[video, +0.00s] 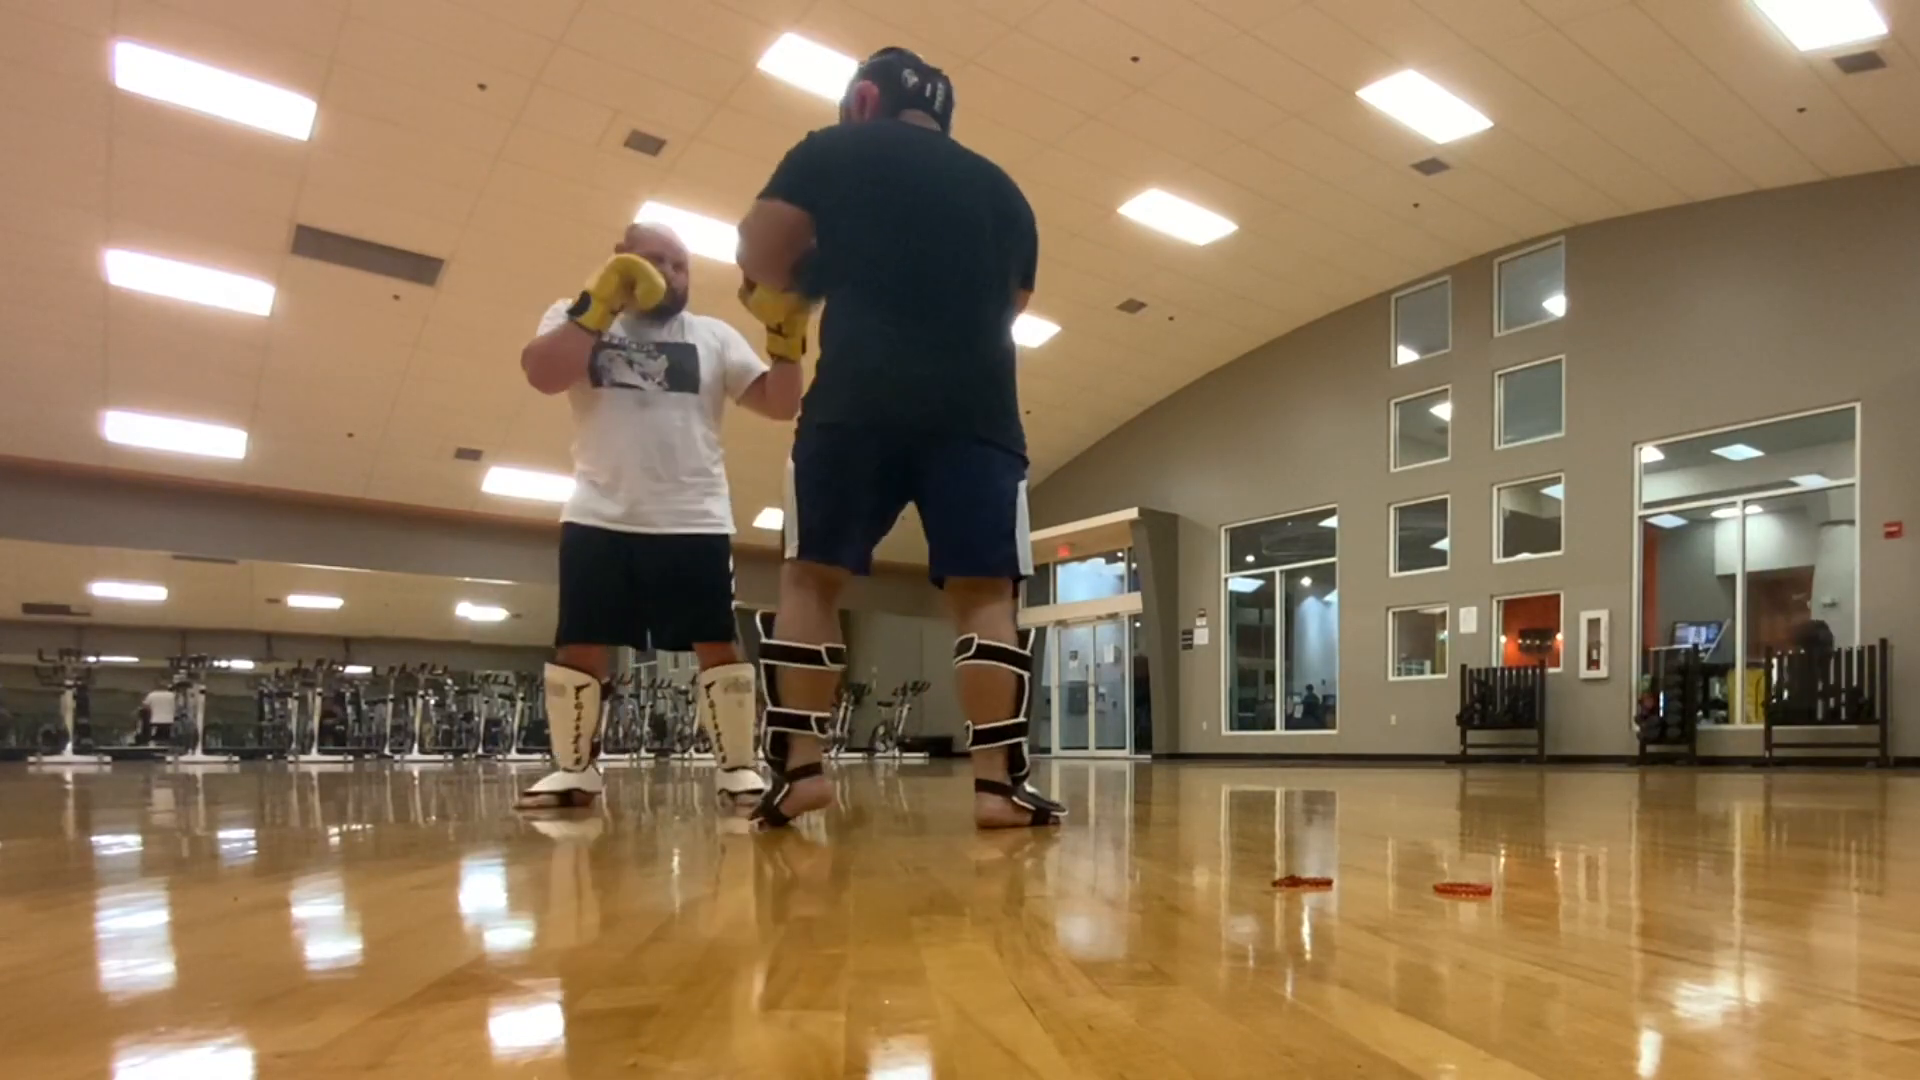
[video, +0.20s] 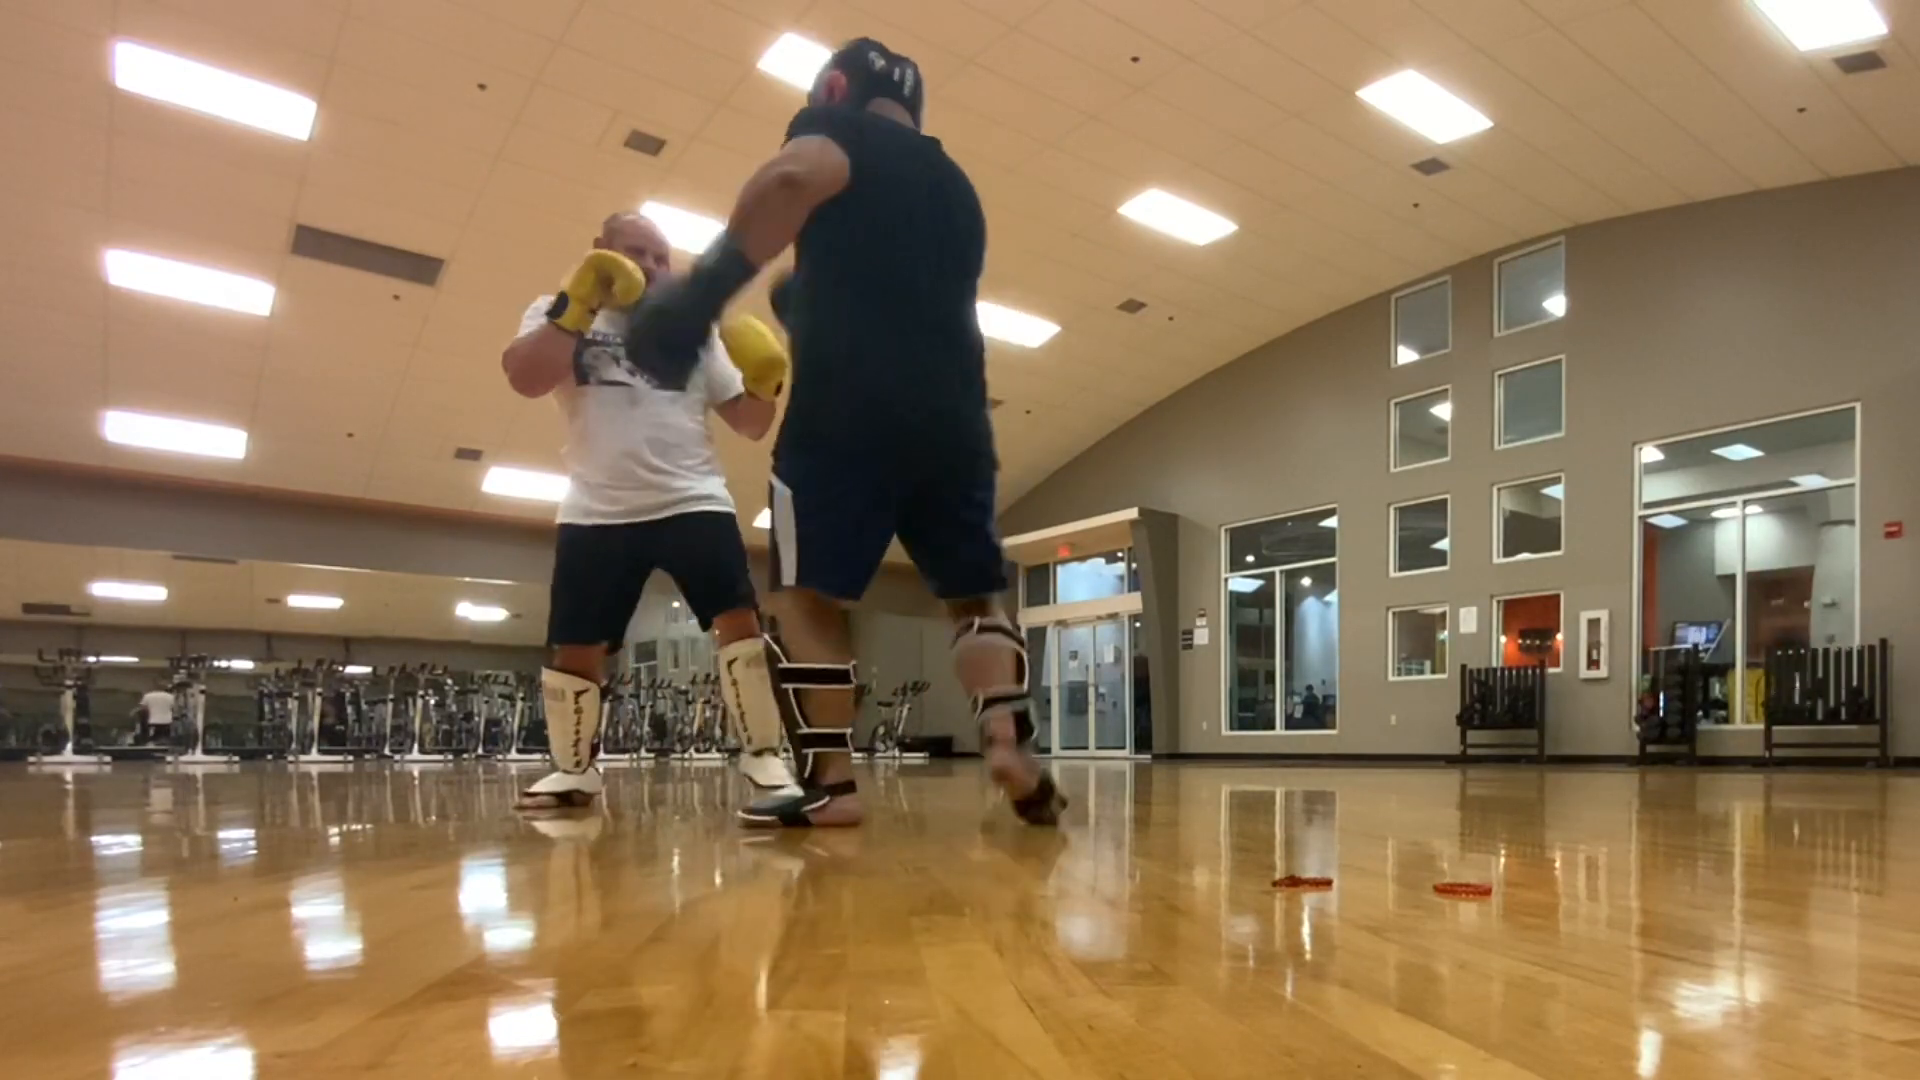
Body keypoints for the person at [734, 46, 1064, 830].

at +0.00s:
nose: (845, 115)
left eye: (848, 104)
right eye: (850, 106)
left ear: (865, 99)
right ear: (945, 117)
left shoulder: (832, 149)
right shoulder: (1000, 186)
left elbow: (764, 248)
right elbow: (1015, 299)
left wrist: (792, 289)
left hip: (858, 405)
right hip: (976, 411)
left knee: (812, 580)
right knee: (986, 593)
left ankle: (803, 767)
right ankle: (998, 786)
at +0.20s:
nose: (813, 105)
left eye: (817, 92)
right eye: (816, 96)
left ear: (839, 84)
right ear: (910, 109)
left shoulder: (836, 130)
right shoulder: (958, 186)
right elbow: (923, 299)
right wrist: (804, 298)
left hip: (845, 412)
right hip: (951, 417)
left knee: (809, 593)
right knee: (975, 595)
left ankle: (833, 784)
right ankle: (1007, 739)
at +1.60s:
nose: (1239, 62)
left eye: (1244, 42)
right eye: (1238, 49)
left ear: (1285, 14)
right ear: (1346, 17)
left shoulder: (1317, 45)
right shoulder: (1393, 108)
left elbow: (1238, 146)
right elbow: (1323, 235)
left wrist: (1154, 159)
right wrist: (1213, 204)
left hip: (1334, 351)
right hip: (1404, 359)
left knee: (1374, 564)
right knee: (1330, 569)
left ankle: (1430, 792)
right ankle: (1380, 769)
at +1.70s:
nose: (1276, 49)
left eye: (1284, 33)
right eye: (1278, 40)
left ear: (1323, 12)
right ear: (1385, 16)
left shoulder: (1357, 46)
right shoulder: (1430, 121)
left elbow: (1280, 119)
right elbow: (1372, 232)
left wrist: (1186, 85)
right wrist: (1280, 195)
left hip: (1366, 344)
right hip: (1438, 355)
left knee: (1390, 562)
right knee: (1390, 563)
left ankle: (1424, 791)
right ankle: (1469, 749)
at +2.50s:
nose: (1357, 118)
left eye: (1368, 99)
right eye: (1360, 103)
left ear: (1419, 94)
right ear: (1439, 100)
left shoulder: (1445, 144)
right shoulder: (1479, 183)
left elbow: (1431, 220)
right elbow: (1414, 321)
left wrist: (1314, 222)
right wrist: (1330, 279)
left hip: (1426, 418)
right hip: (1511, 424)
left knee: (1373, 596)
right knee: (1503, 594)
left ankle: (1395, 784)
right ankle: (1571, 773)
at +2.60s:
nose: (1334, 109)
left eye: (1346, 91)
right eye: (1337, 95)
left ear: (1399, 90)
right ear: (1411, 96)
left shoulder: (1419, 142)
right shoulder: (1443, 177)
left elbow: (1393, 221)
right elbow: (1382, 310)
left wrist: (1291, 197)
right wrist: (1316, 270)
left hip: (1405, 414)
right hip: (1484, 418)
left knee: (1383, 601)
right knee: (1457, 603)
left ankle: (1395, 783)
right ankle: (1541, 738)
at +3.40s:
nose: (1287, 196)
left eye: (1299, 182)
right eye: (1290, 183)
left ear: (1338, 180)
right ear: (1354, 185)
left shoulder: (1355, 223)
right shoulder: (1323, 264)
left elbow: (1353, 288)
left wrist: (1277, 310)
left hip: (1256, 410)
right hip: (1302, 459)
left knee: (1091, 409)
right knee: (1264, 608)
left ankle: (938, 395)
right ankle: (1277, 777)